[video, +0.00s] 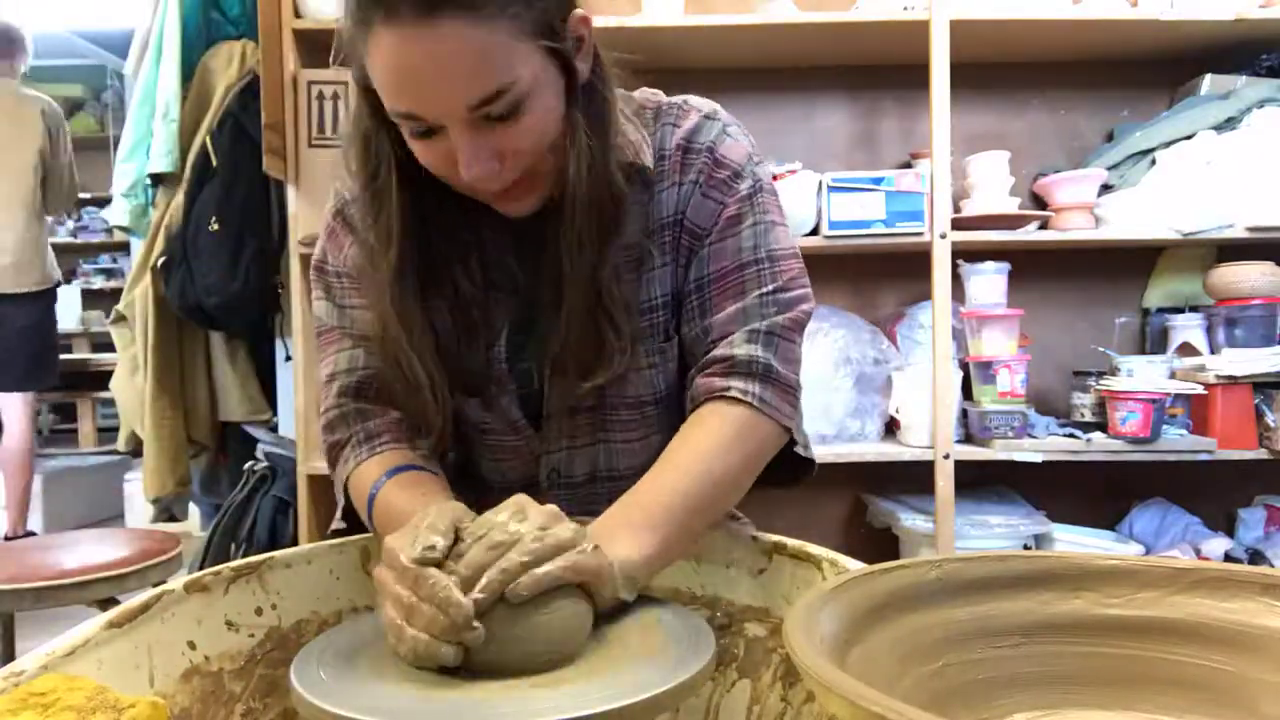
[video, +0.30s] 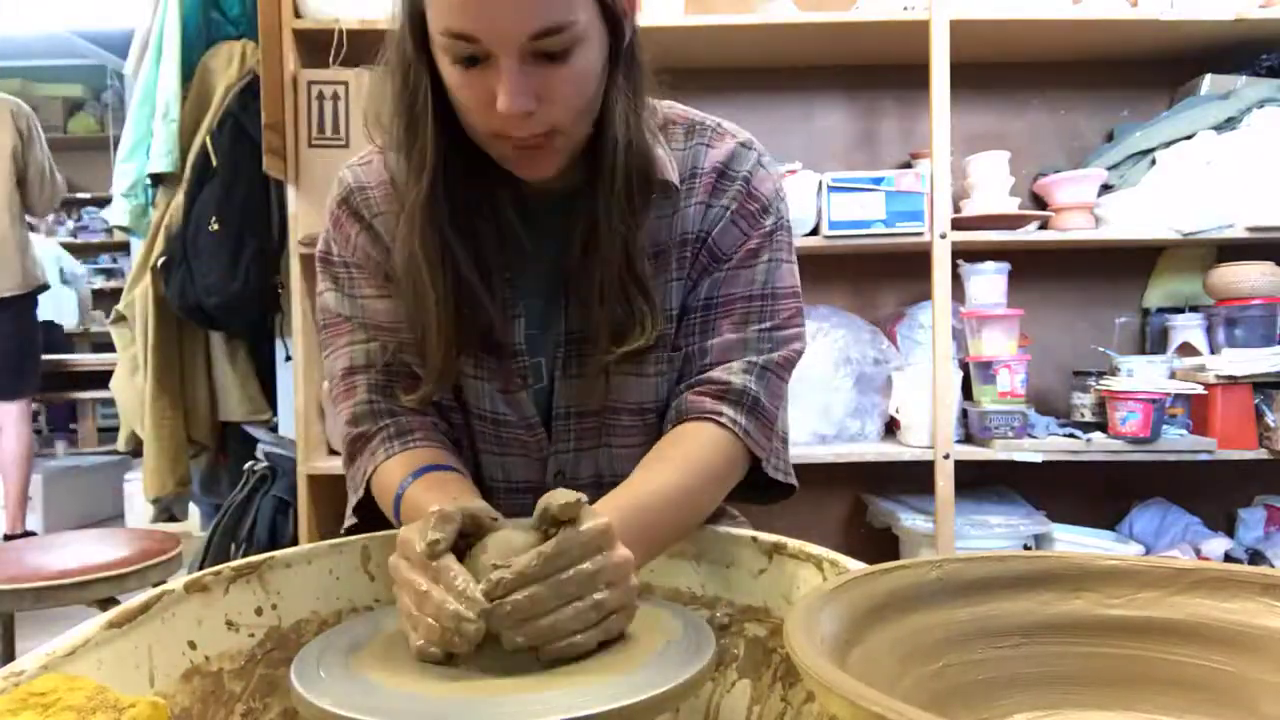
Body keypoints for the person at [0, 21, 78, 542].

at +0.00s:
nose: (19, 67)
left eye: (13, 58)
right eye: (21, 58)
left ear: (2, 58)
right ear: (20, 58)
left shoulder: (41, 113)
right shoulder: (41, 111)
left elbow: (59, 201)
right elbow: (62, 201)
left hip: (21, 280)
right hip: (22, 278)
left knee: (18, 408)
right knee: (17, 409)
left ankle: (14, 528)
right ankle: (14, 530)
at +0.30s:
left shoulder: (16, 116)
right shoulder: (14, 115)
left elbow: (44, 197)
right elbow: (44, 197)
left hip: (14, 282)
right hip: (12, 281)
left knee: (16, 405)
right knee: (14, 404)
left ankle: (13, 526)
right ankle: (13, 528)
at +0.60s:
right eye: (75, 183)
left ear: (35, 168)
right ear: (72, 176)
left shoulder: (9, 177)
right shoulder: (77, 192)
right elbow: (88, 273)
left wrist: (73, 312)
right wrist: (77, 314)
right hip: (21, 276)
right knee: (30, 405)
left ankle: (41, 517)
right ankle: (41, 520)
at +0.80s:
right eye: (74, 182)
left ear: (32, 170)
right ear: (70, 176)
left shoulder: (7, 180)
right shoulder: (79, 194)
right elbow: (87, 270)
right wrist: (75, 302)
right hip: (30, 281)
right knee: (36, 408)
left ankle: (43, 517)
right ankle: (43, 520)